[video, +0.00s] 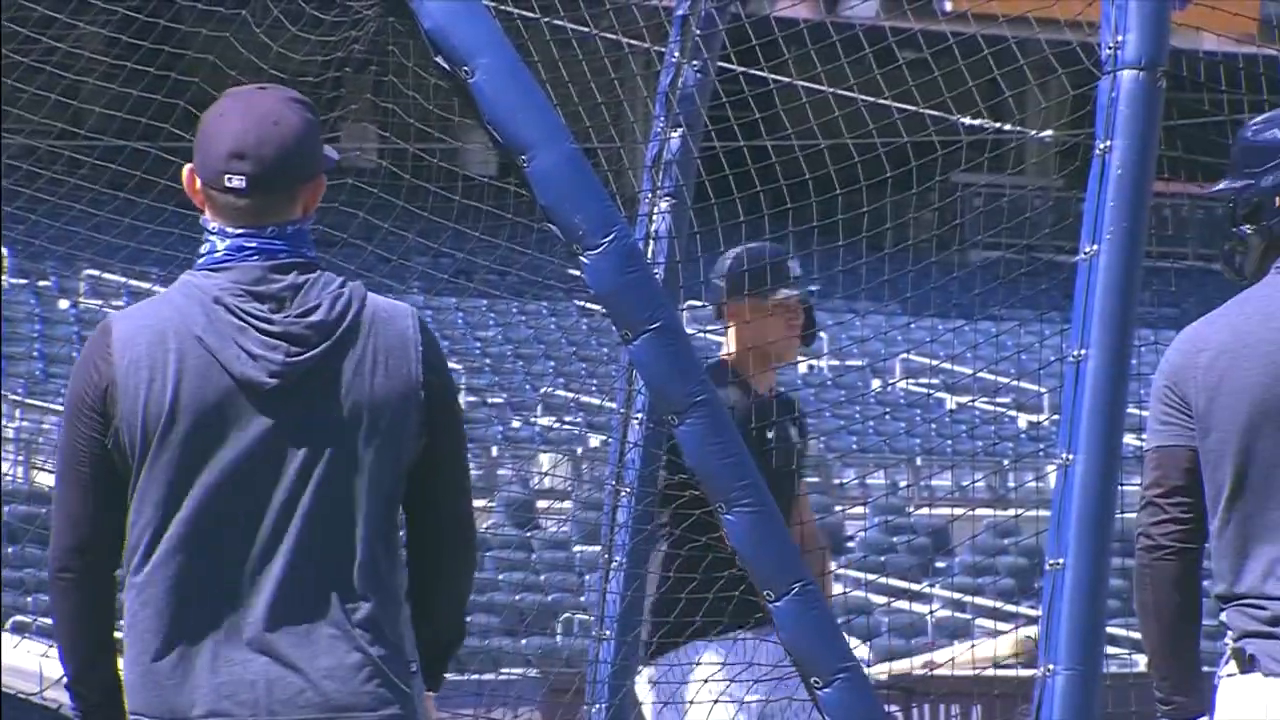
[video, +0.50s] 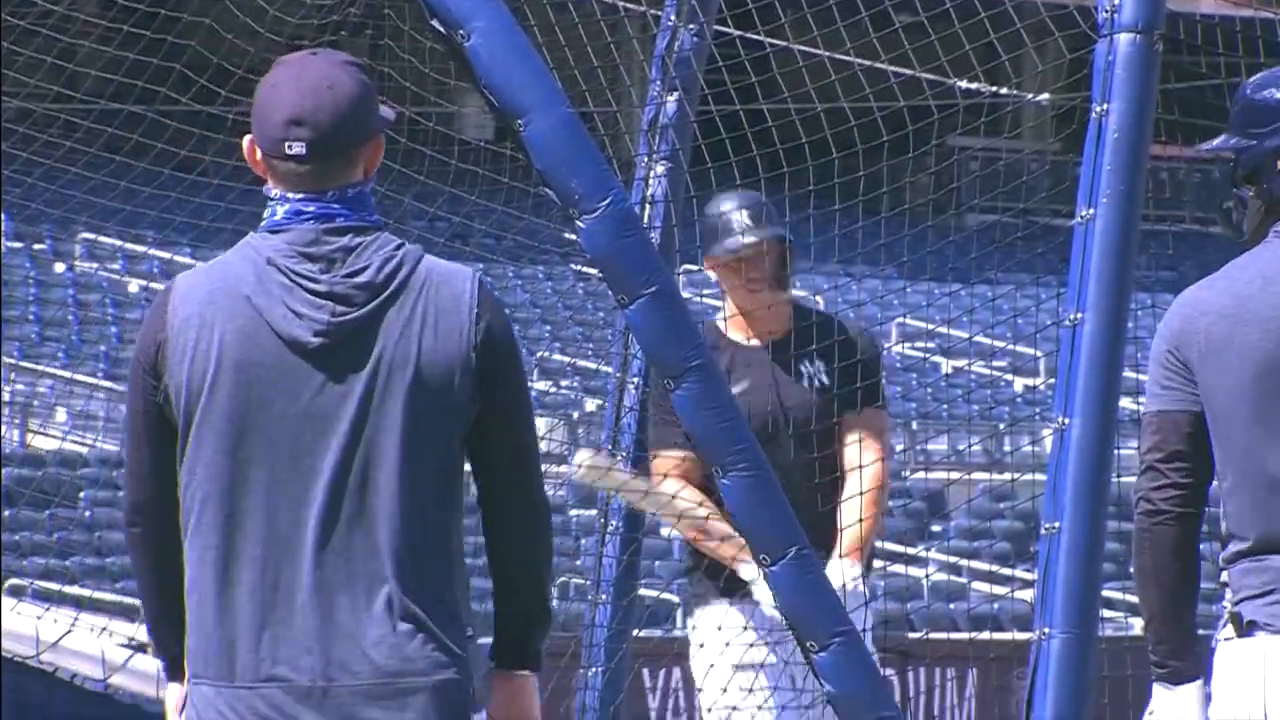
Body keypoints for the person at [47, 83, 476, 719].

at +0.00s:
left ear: (192, 188)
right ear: (315, 194)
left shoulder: (123, 346)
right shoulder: (401, 339)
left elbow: (77, 564)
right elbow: (448, 543)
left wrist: (101, 705)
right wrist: (417, 680)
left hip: (183, 698)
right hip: (362, 696)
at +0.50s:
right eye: (381, 138)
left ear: (253, 158)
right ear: (375, 156)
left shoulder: (183, 310)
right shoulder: (462, 303)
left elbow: (148, 513)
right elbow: (517, 505)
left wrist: (177, 670)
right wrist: (518, 665)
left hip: (236, 694)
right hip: (416, 693)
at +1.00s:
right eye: (286, 115)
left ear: (158, 145)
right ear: (280, 135)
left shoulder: (100, 295)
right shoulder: (371, 283)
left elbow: (69, 503)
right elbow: (430, 479)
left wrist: (99, 650)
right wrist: (428, 629)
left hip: (159, 683)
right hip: (339, 680)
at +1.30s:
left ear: (235, 135)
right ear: (358, 126)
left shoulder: (177, 286)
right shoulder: (450, 276)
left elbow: (123, 489)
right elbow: (492, 467)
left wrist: (129, 646)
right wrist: (459, 595)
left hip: (243, 673)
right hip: (419, 674)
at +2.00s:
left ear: (216, 116)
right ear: (341, 132)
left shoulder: (192, 268)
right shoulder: (408, 282)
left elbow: (139, 485)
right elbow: (420, 484)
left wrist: (114, 663)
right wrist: (378, 619)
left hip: (243, 670)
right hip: (384, 669)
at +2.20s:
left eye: (172, 92)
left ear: (178, 106)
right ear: (304, 128)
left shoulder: (150, 250)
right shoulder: (354, 280)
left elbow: (75, 459)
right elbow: (338, 477)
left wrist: (56, 631)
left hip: (177, 675)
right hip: (327, 677)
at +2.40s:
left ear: (199, 100)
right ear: (322, 126)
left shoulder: (169, 238)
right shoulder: (364, 273)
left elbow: (56, 438)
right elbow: (334, 465)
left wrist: (80, 548)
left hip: (170, 667)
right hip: (327, 671)